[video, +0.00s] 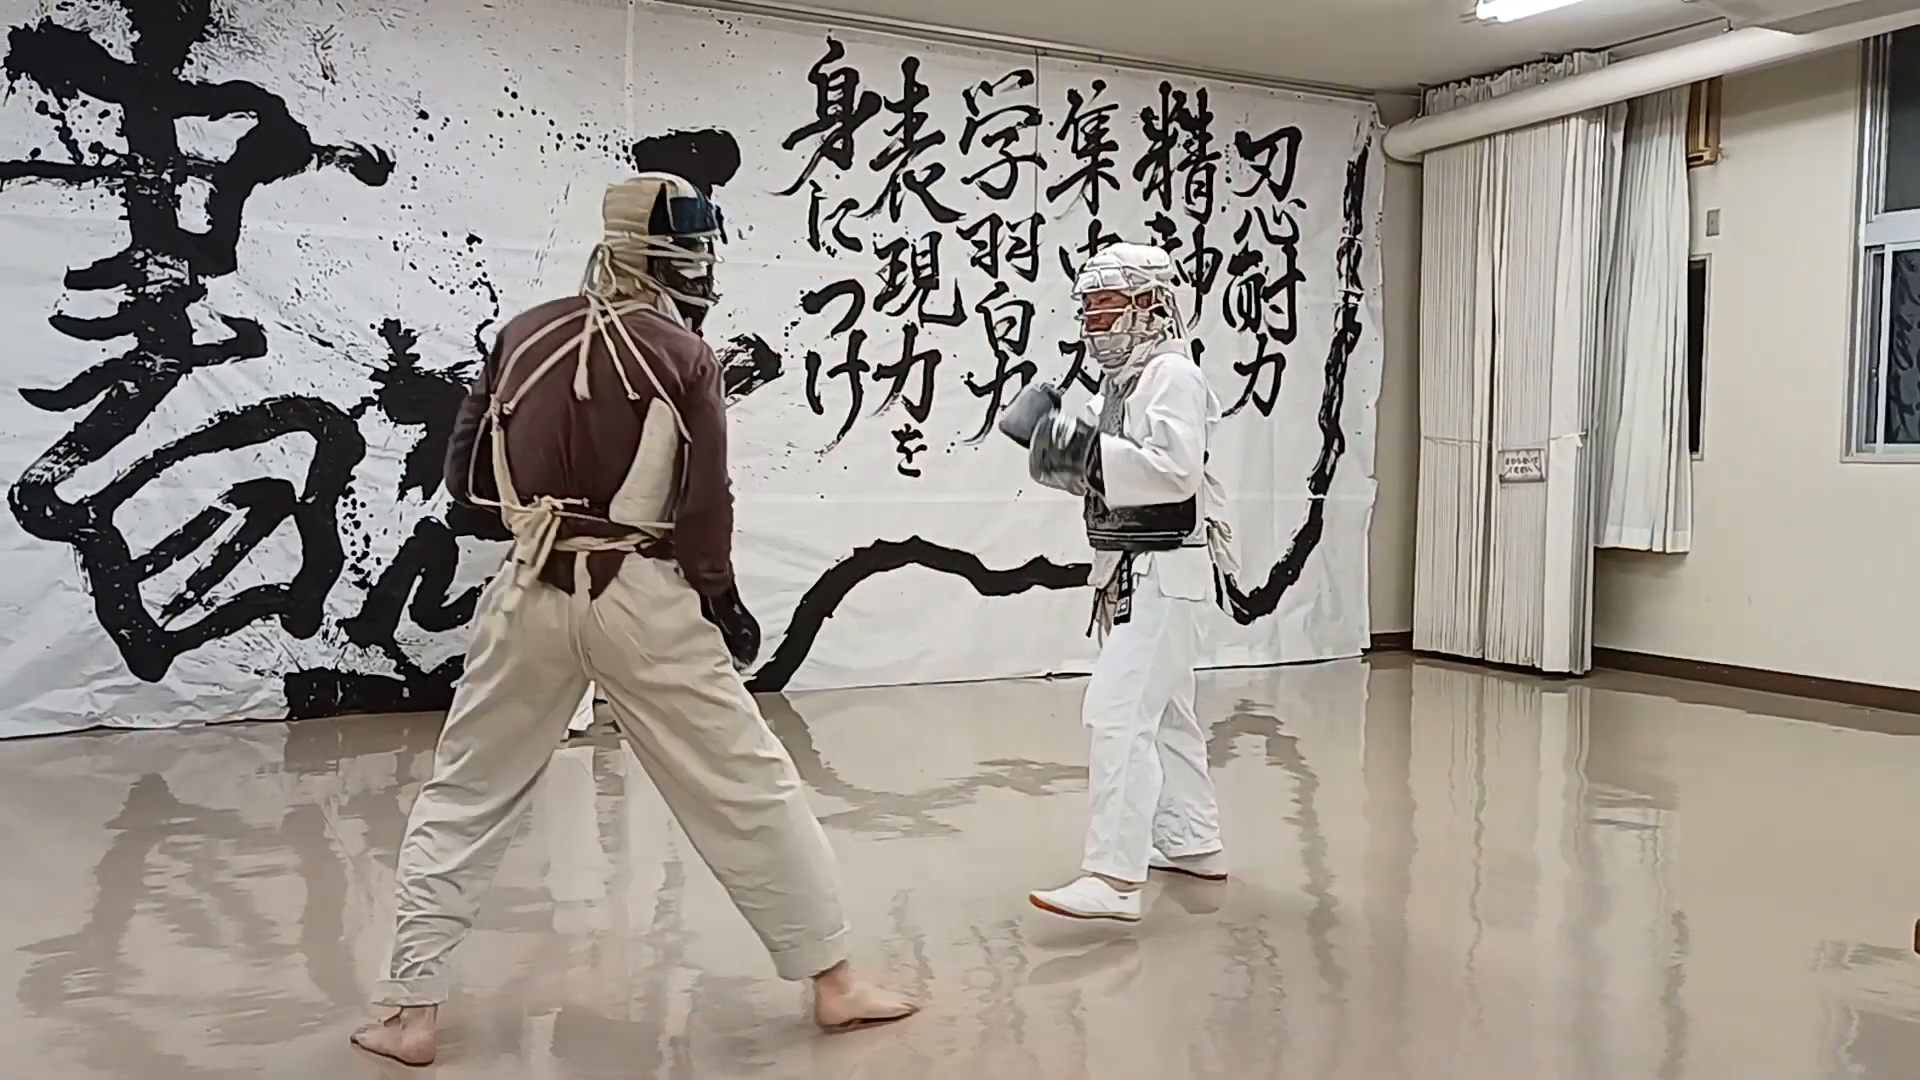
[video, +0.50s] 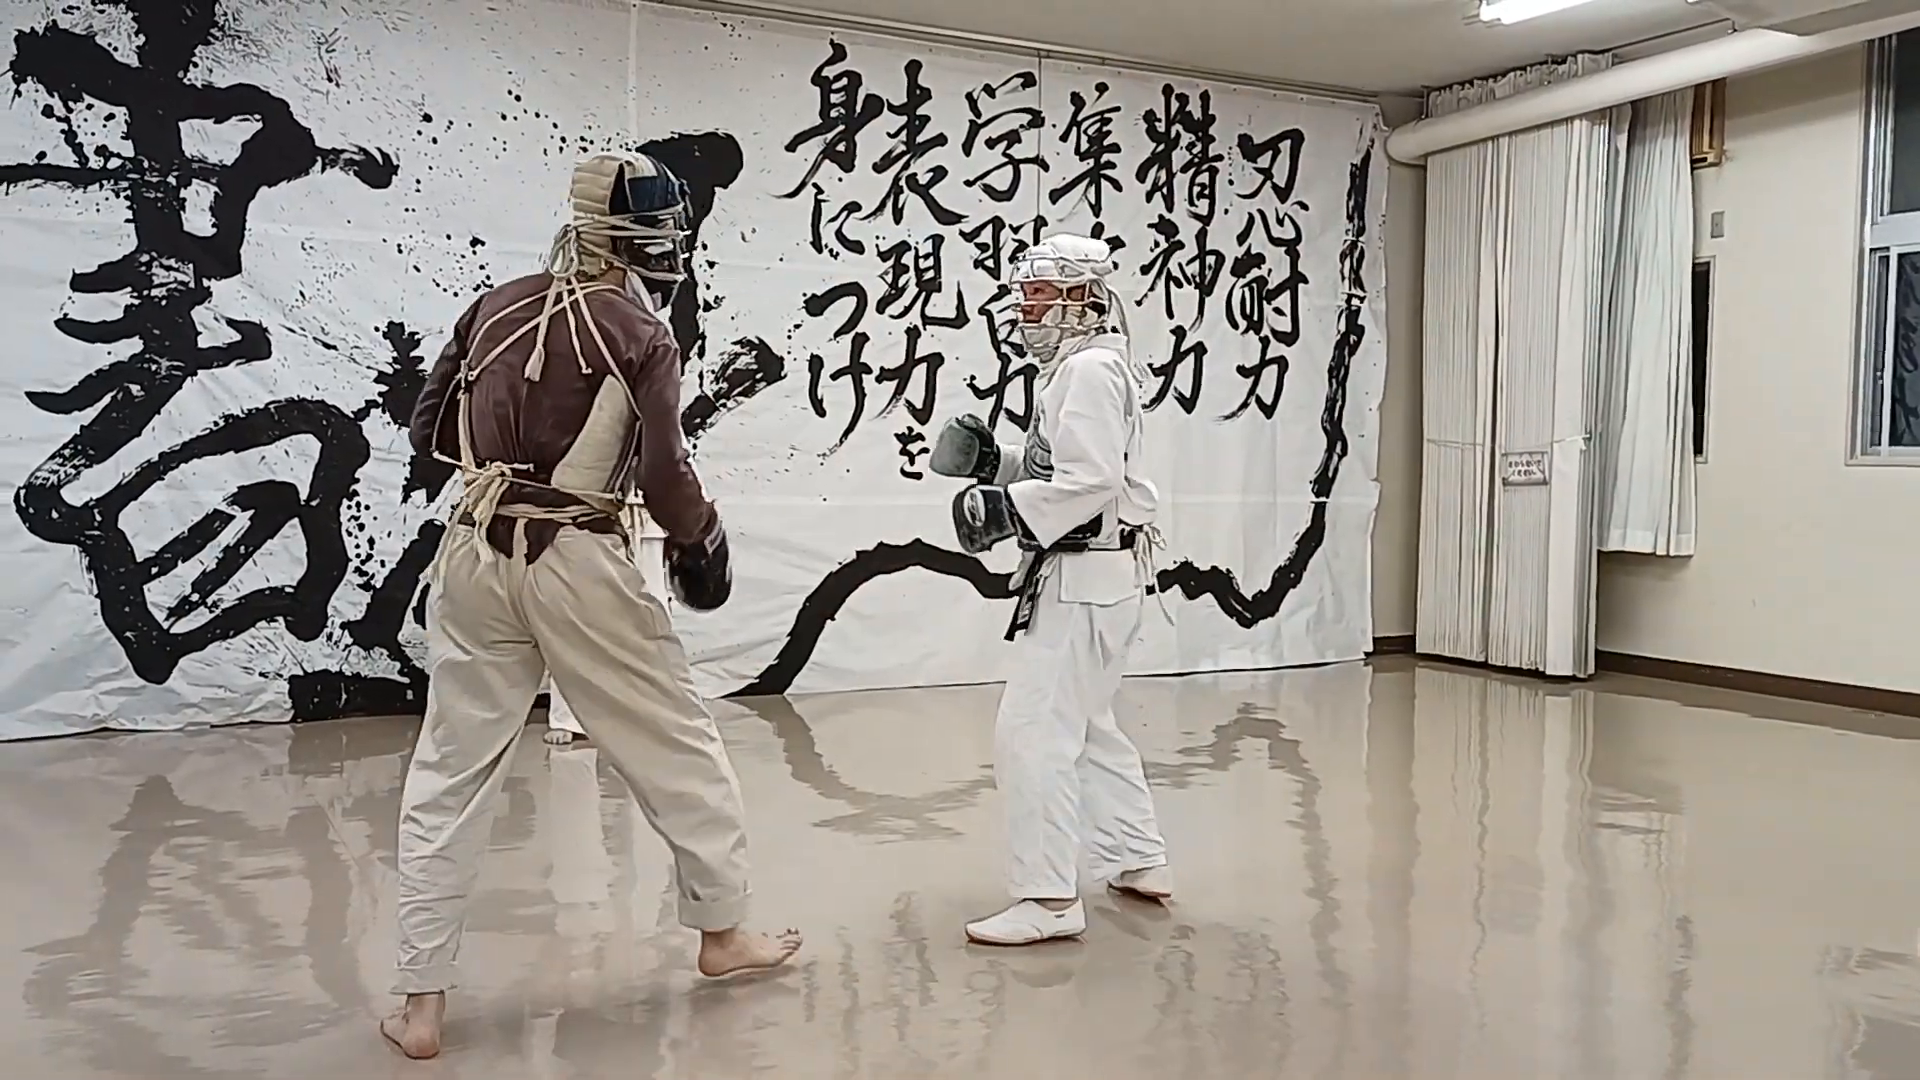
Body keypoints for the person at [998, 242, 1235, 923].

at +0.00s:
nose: (1093, 320)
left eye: (1107, 305)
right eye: (1089, 306)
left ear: (1148, 306)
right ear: (1088, 309)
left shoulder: (1171, 372)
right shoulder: (1122, 379)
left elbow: (1175, 471)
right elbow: (1113, 475)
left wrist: (1083, 446)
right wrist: (1052, 443)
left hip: (1166, 569)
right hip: (1135, 567)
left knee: (1116, 709)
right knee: (1164, 710)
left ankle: (1115, 878)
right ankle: (1192, 842)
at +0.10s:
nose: (1085, 323)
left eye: (1099, 310)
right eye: (1081, 310)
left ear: (1140, 311)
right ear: (1079, 314)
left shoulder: (1154, 381)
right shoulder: (1118, 383)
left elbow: (1180, 486)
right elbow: (1113, 491)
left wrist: (1105, 539)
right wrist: (1050, 494)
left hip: (1144, 584)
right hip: (1130, 579)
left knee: (1106, 724)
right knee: (1160, 715)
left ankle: (1072, 884)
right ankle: (1189, 842)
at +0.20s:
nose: (1064, 318)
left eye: (1078, 305)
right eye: (1061, 305)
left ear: (1120, 310)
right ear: (1065, 310)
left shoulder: (1133, 385)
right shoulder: (1103, 384)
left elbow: (1178, 490)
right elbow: (1111, 495)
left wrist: (1117, 557)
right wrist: (1053, 523)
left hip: (1127, 592)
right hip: (1114, 588)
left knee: (1076, 730)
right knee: (1147, 716)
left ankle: (1058, 893)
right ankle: (1186, 839)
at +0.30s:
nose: (1045, 314)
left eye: (1058, 300)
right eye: (1041, 301)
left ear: (1098, 303)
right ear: (1047, 304)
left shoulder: (1112, 381)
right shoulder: (1090, 376)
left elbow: (1142, 494)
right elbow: (1095, 485)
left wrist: (1057, 538)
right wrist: (1036, 505)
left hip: (1114, 589)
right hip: (1110, 582)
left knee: (1053, 729)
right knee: (1121, 718)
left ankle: (1052, 896)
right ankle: (1175, 842)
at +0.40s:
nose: (1033, 309)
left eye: (1047, 296)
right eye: (1031, 295)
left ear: (1086, 298)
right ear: (1054, 298)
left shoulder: (1095, 371)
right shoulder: (1100, 365)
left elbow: (1094, 478)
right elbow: (1086, 469)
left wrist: (1009, 505)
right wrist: (1018, 477)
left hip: (1094, 576)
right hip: (1125, 570)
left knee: (1043, 732)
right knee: (1096, 716)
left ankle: (1047, 900)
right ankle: (1143, 847)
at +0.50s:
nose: (1025, 306)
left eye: (1038, 293)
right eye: (1024, 293)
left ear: (1077, 296)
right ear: (1057, 299)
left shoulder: (1088, 370)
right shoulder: (1085, 366)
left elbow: (1090, 478)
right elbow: (1068, 471)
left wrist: (1002, 507)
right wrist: (998, 460)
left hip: (1081, 576)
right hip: (1105, 571)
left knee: (1030, 726)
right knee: (1087, 719)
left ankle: (1050, 899)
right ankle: (1139, 862)